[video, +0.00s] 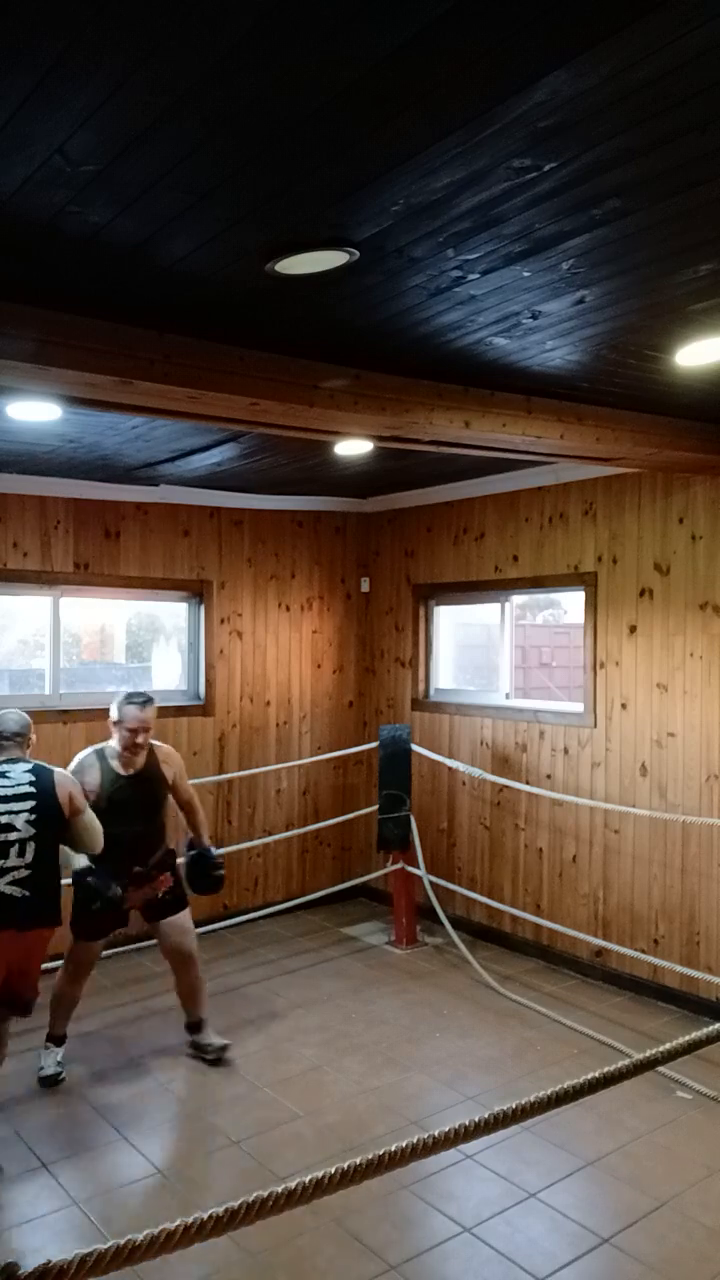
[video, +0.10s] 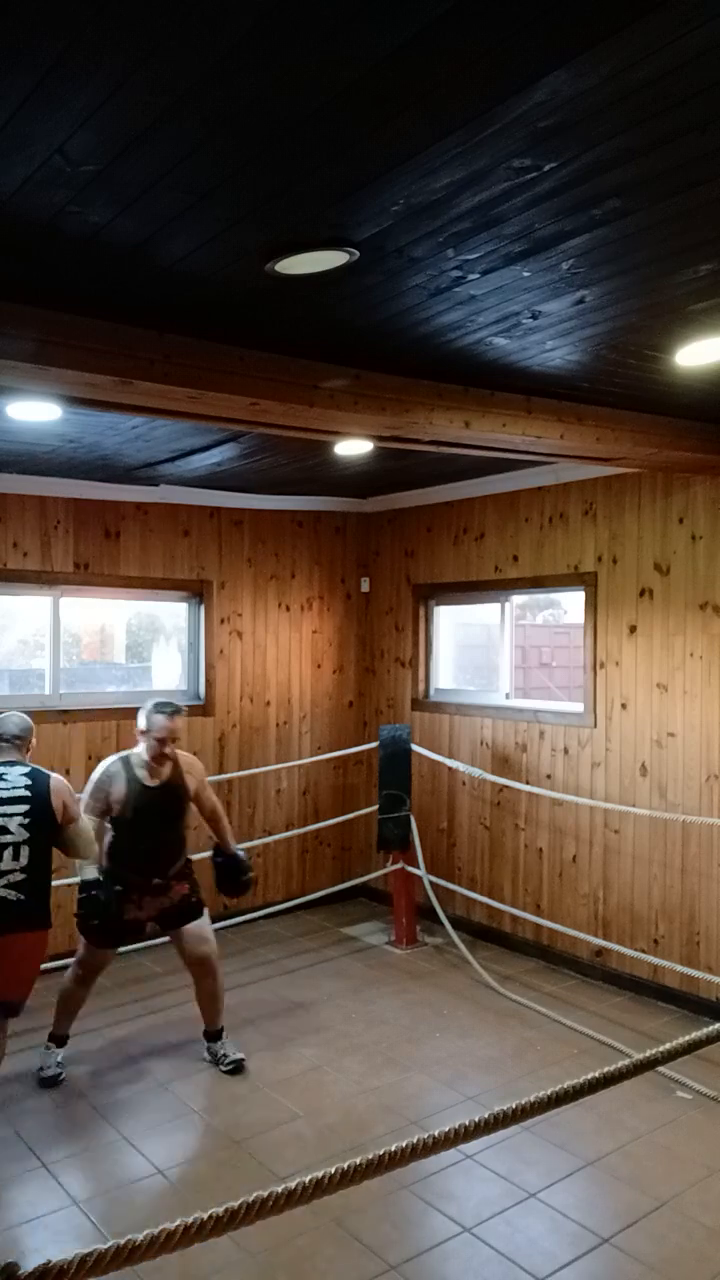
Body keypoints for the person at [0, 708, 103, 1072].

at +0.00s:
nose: (37, 742)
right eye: (36, 737)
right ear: (30, 740)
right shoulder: (56, 782)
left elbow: (92, 842)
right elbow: (94, 843)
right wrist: (48, 826)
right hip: (31, 921)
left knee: (7, 1019)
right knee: (4, 1021)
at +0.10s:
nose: (36, 747)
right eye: (35, 742)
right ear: (29, 744)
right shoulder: (50, 786)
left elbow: (86, 850)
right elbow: (85, 850)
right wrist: (39, 825)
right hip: (25, 926)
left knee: (7, 1020)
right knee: (5, 1020)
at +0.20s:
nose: (33, 742)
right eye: (34, 738)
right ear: (30, 738)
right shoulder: (47, 779)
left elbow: (76, 841)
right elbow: (77, 842)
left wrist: (39, 815)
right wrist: (37, 817)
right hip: (17, 916)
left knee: (6, 1013)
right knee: (3, 1014)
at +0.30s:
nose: (35, 738)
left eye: (34, 733)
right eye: (36, 733)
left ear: (1, 727)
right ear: (28, 733)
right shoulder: (39, 771)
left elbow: (74, 834)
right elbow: (75, 835)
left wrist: (41, 795)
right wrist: (40, 797)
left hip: (13, 908)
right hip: (11, 909)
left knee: (6, 1006)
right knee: (3, 1009)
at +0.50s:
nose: (45, 750)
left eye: (45, 743)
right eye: (44, 743)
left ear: (10, 734)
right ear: (31, 740)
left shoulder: (8, 769)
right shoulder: (26, 775)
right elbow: (51, 837)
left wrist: (50, 808)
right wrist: (66, 813)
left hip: (9, 900)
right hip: (9, 902)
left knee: (22, 979)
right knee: (29, 980)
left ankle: (6, 1051)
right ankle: (3, 1054)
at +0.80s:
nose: (83, 752)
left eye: (85, 744)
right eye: (81, 743)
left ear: (52, 736)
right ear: (58, 738)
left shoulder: (18, 760)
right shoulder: (42, 775)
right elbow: (43, 840)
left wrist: (67, 793)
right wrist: (86, 822)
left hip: (11, 894)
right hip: (30, 899)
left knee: (13, 974)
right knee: (45, 976)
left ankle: (10, 1062)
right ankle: (9, 1065)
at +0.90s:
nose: (95, 750)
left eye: (98, 743)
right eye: (91, 742)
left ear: (68, 736)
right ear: (69, 736)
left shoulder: (36, 757)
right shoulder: (49, 771)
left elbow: (44, 822)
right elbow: (56, 838)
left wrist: (80, 798)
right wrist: (98, 813)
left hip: (21, 888)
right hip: (33, 894)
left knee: (35, 975)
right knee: (45, 978)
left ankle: (7, 1048)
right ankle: (9, 1063)